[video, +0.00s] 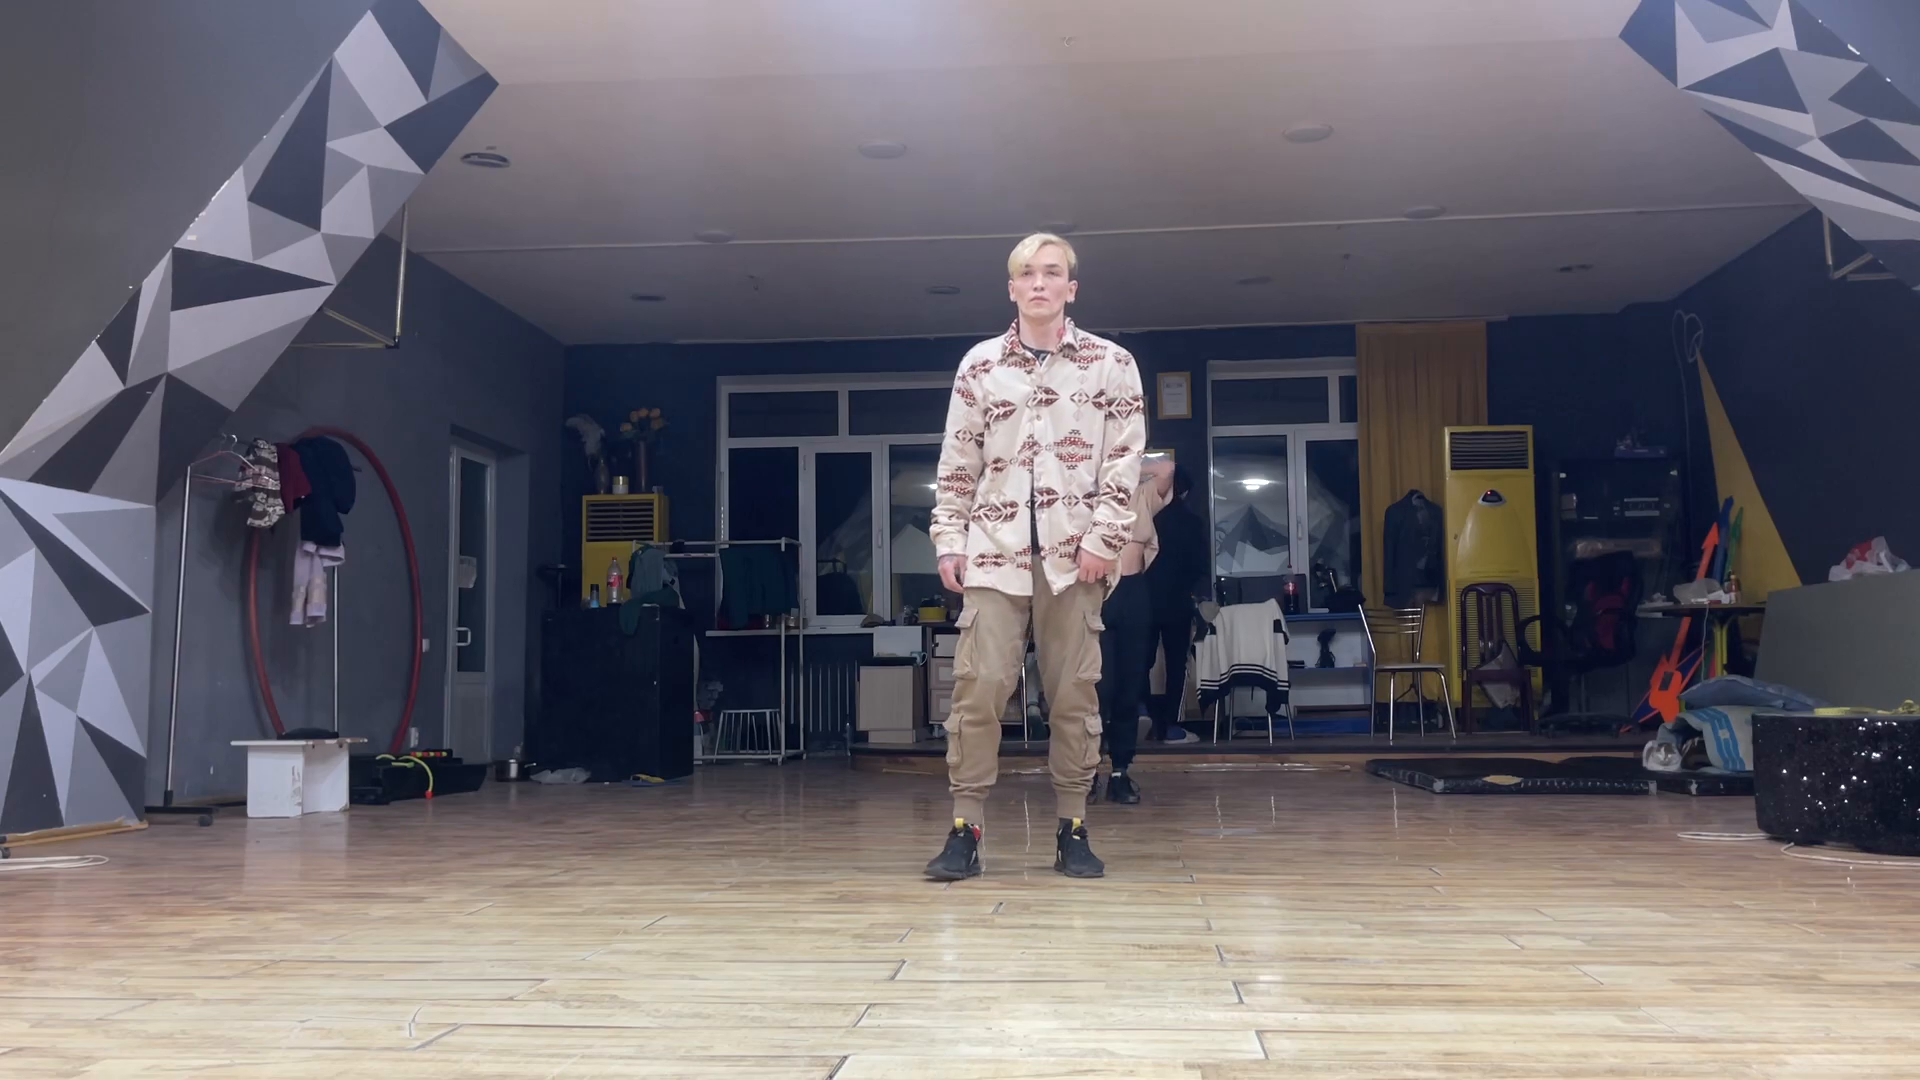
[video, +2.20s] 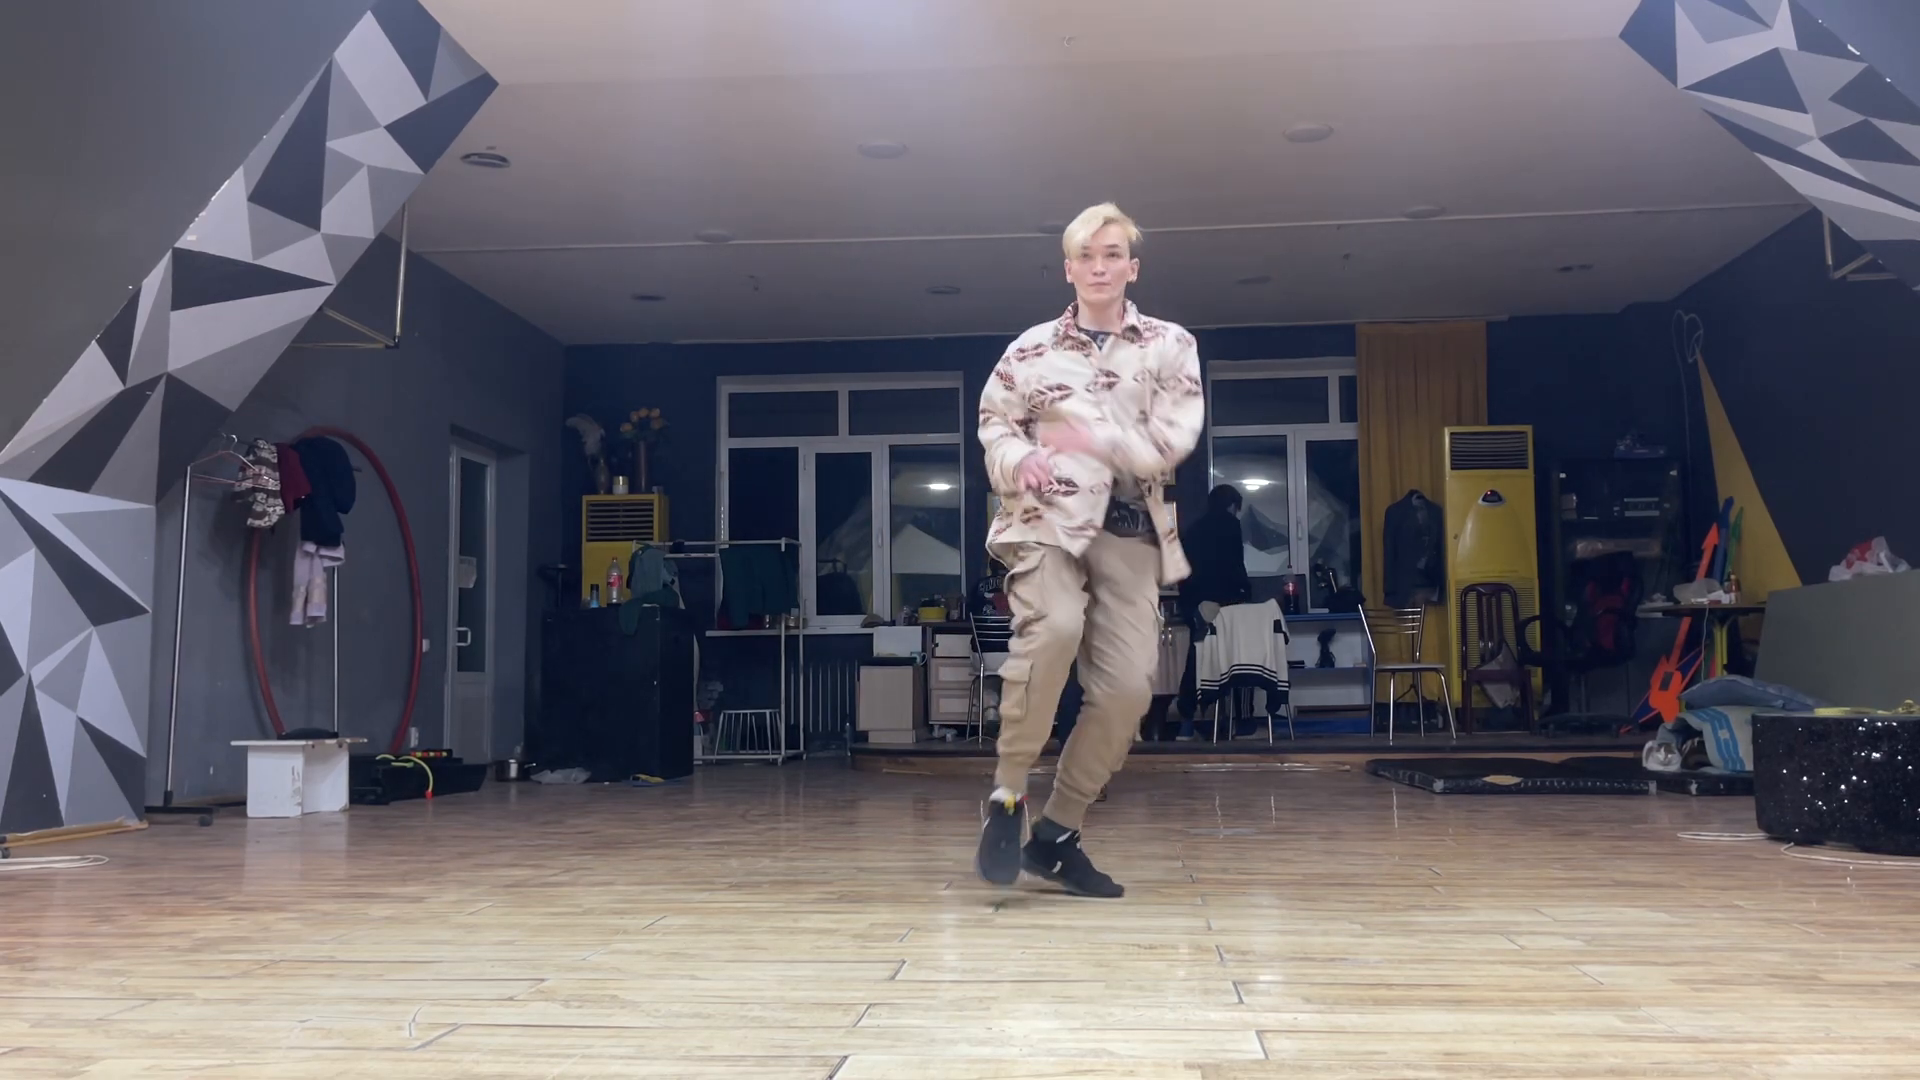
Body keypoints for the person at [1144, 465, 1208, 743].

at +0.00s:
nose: (1168, 493)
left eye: (1168, 486)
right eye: (1178, 488)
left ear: (1162, 488)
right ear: (1185, 491)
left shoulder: (1145, 515)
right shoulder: (1192, 520)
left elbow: (1134, 556)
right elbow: (1198, 564)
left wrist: (1137, 585)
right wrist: (1197, 592)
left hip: (1146, 597)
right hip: (1177, 598)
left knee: (1141, 661)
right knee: (1176, 664)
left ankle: (1141, 713)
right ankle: (1169, 726)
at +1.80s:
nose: (1210, 502)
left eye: (1207, 497)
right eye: (1206, 497)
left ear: (1180, 504)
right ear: (1200, 502)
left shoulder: (1168, 532)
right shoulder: (1200, 526)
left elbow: (1169, 568)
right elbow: (1205, 560)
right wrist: (1216, 586)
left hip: (1175, 600)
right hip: (1196, 600)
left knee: (1183, 660)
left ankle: (1182, 720)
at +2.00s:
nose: (1219, 514)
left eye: (1220, 510)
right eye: (1218, 509)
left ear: (1193, 505)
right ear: (1210, 506)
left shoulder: (1176, 533)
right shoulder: (1211, 522)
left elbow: (1174, 574)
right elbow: (1216, 560)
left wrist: (1179, 598)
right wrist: (1225, 591)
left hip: (1181, 602)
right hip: (1206, 600)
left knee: (1188, 659)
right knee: (1217, 656)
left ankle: (1184, 719)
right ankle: (1225, 717)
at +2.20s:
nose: (1237, 512)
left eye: (1237, 508)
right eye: (1237, 507)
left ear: (1212, 502)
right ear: (1230, 505)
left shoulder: (1194, 525)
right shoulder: (1230, 523)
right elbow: (1234, 563)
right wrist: (1246, 591)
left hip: (1194, 595)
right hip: (1224, 595)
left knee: (1196, 657)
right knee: (1232, 654)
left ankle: (1186, 721)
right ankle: (1238, 719)